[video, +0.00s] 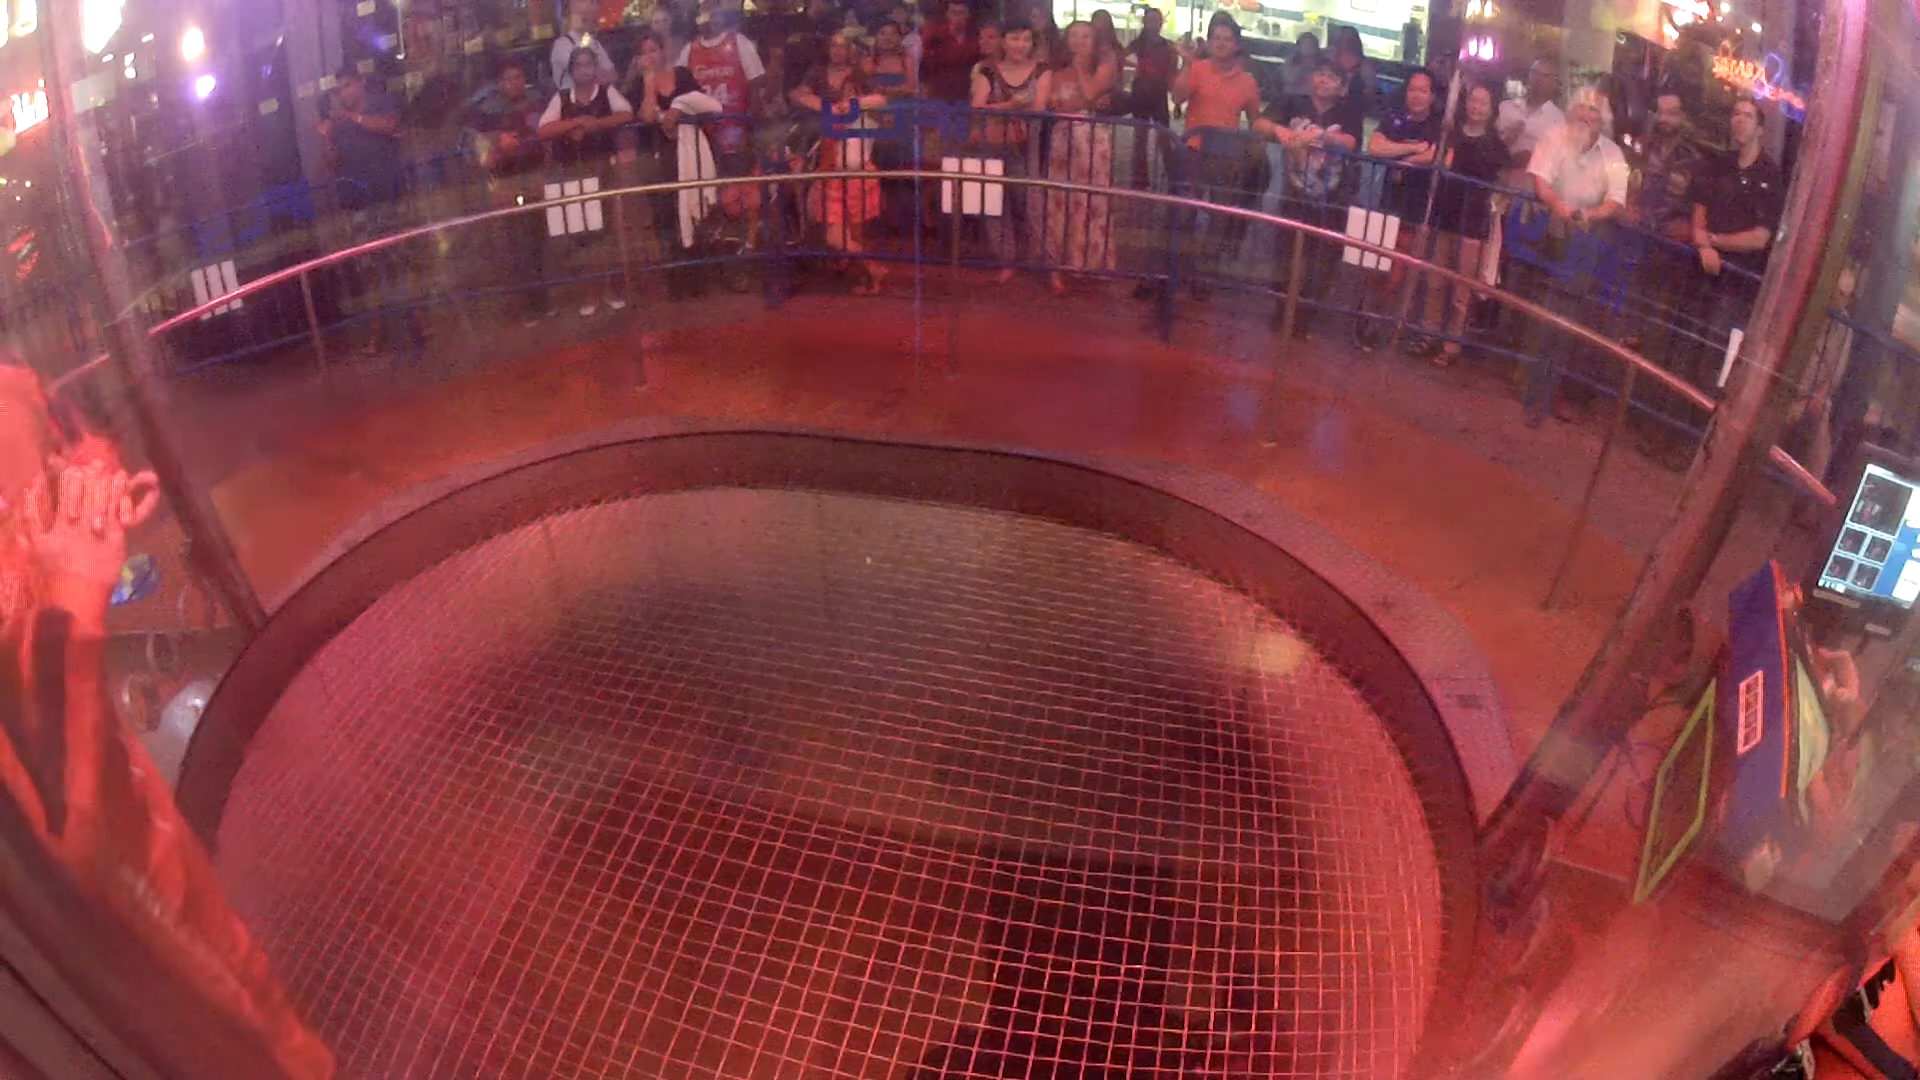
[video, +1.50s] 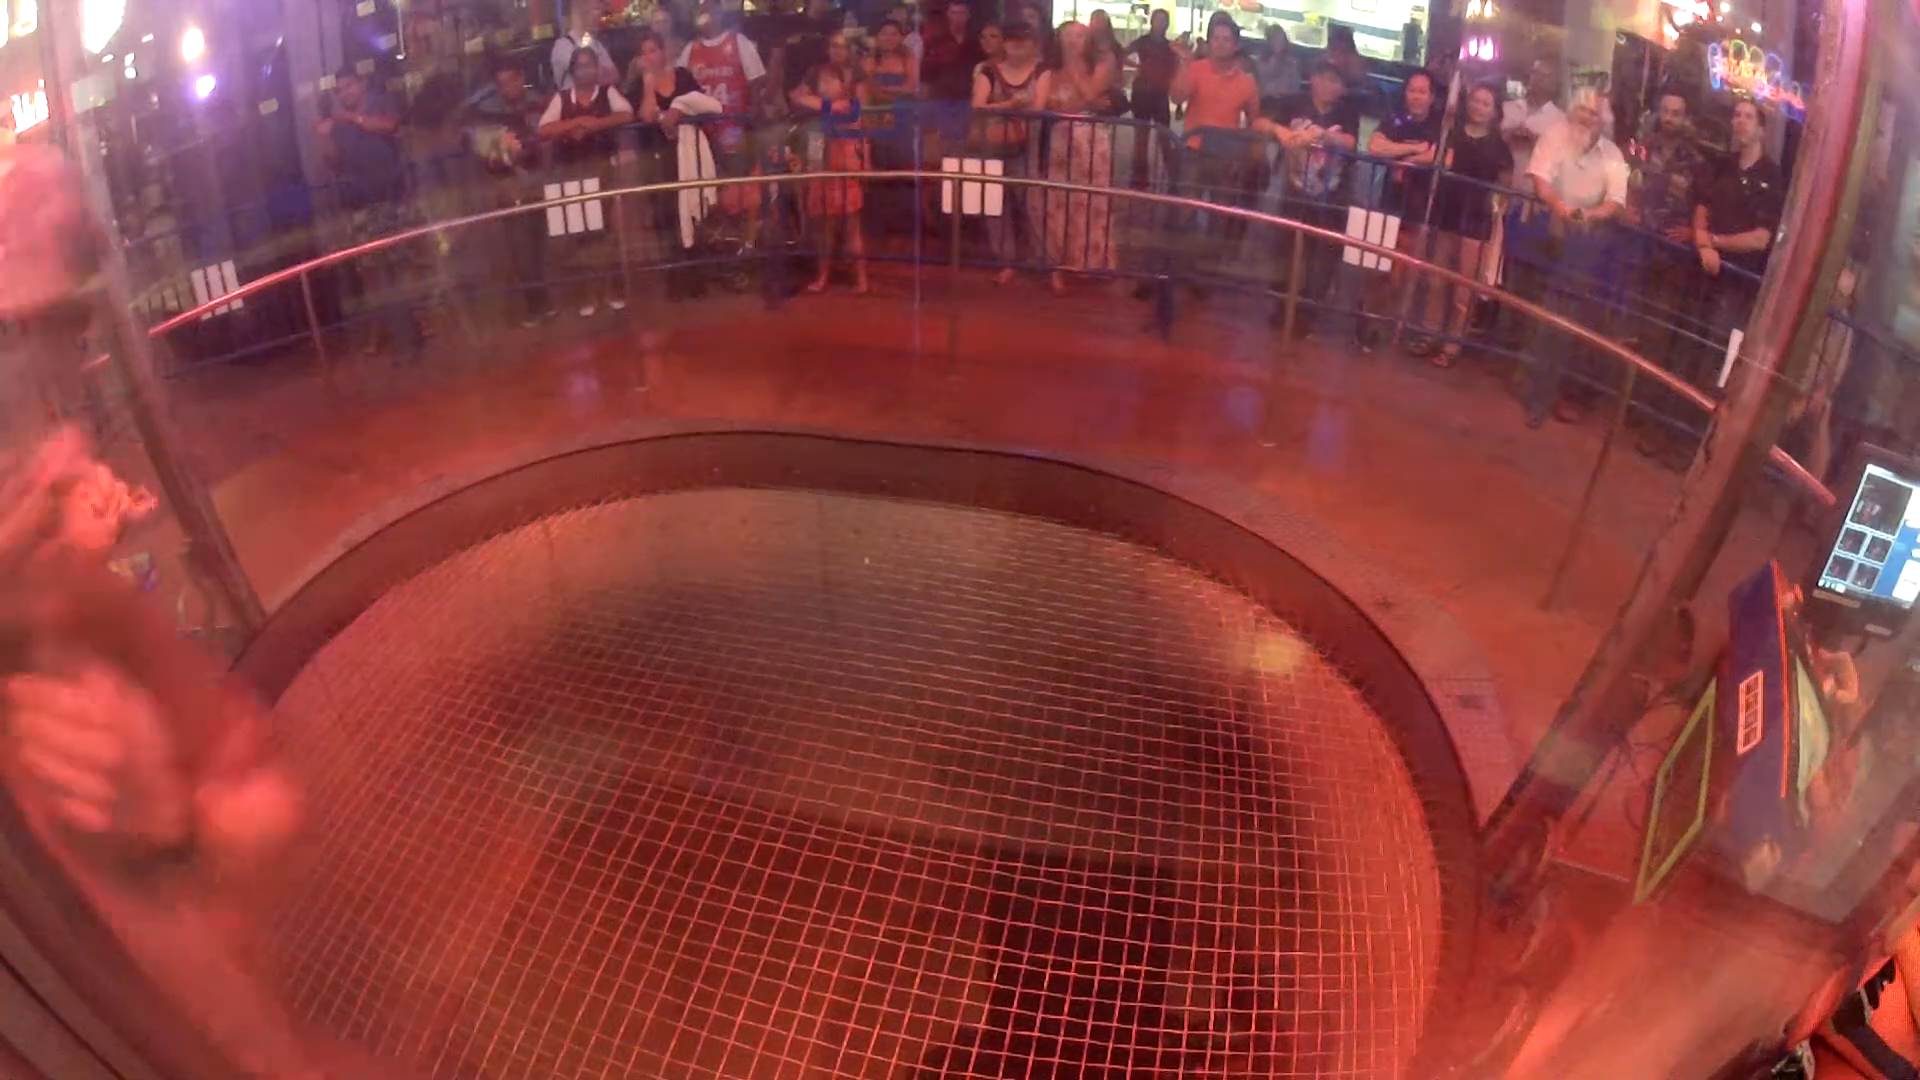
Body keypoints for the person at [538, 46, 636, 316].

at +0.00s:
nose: (583, 70)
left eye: (587, 65)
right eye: (578, 65)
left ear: (596, 68)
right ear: (570, 70)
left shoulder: (607, 91)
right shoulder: (562, 97)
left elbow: (626, 114)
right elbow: (543, 130)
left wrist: (592, 124)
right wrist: (576, 122)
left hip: (604, 169)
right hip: (572, 173)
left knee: (606, 233)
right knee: (581, 237)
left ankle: (611, 290)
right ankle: (589, 295)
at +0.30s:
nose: (583, 70)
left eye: (588, 65)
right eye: (578, 66)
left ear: (596, 68)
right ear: (570, 70)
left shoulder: (607, 91)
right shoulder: (562, 97)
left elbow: (626, 114)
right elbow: (543, 130)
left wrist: (592, 125)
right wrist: (575, 123)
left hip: (604, 169)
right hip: (572, 174)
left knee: (608, 233)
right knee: (582, 238)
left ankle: (614, 291)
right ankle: (590, 295)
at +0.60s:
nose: (583, 70)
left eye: (588, 65)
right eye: (578, 66)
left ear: (597, 68)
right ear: (571, 70)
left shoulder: (607, 92)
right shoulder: (562, 97)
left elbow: (626, 114)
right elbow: (544, 130)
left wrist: (592, 124)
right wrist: (576, 122)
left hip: (604, 169)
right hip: (572, 173)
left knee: (608, 233)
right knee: (581, 238)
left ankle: (613, 291)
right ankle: (589, 295)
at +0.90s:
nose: (584, 71)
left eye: (589, 65)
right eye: (579, 66)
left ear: (597, 69)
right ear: (571, 70)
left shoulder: (608, 92)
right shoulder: (561, 97)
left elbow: (626, 115)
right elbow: (544, 130)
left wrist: (593, 124)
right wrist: (574, 124)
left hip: (605, 170)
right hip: (571, 175)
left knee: (608, 233)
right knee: (579, 238)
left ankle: (615, 291)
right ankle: (587, 295)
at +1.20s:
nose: (584, 71)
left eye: (589, 66)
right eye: (579, 67)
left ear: (597, 69)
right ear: (571, 71)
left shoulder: (608, 92)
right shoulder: (561, 98)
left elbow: (626, 115)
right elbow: (544, 130)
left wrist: (593, 124)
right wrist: (574, 125)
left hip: (604, 170)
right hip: (571, 175)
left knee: (607, 233)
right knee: (579, 238)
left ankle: (615, 291)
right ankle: (588, 295)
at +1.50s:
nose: (584, 70)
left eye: (589, 65)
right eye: (579, 66)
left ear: (597, 69)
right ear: (571, 70)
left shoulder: (608, 92)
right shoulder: (561, 98)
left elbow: (626, 115)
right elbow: (543, 130)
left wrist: (592, 124)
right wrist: (574, 125)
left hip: (604, 170)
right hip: (570, 175)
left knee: (607, 233)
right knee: (579, 238)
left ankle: (614, 290)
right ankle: (588, 294)